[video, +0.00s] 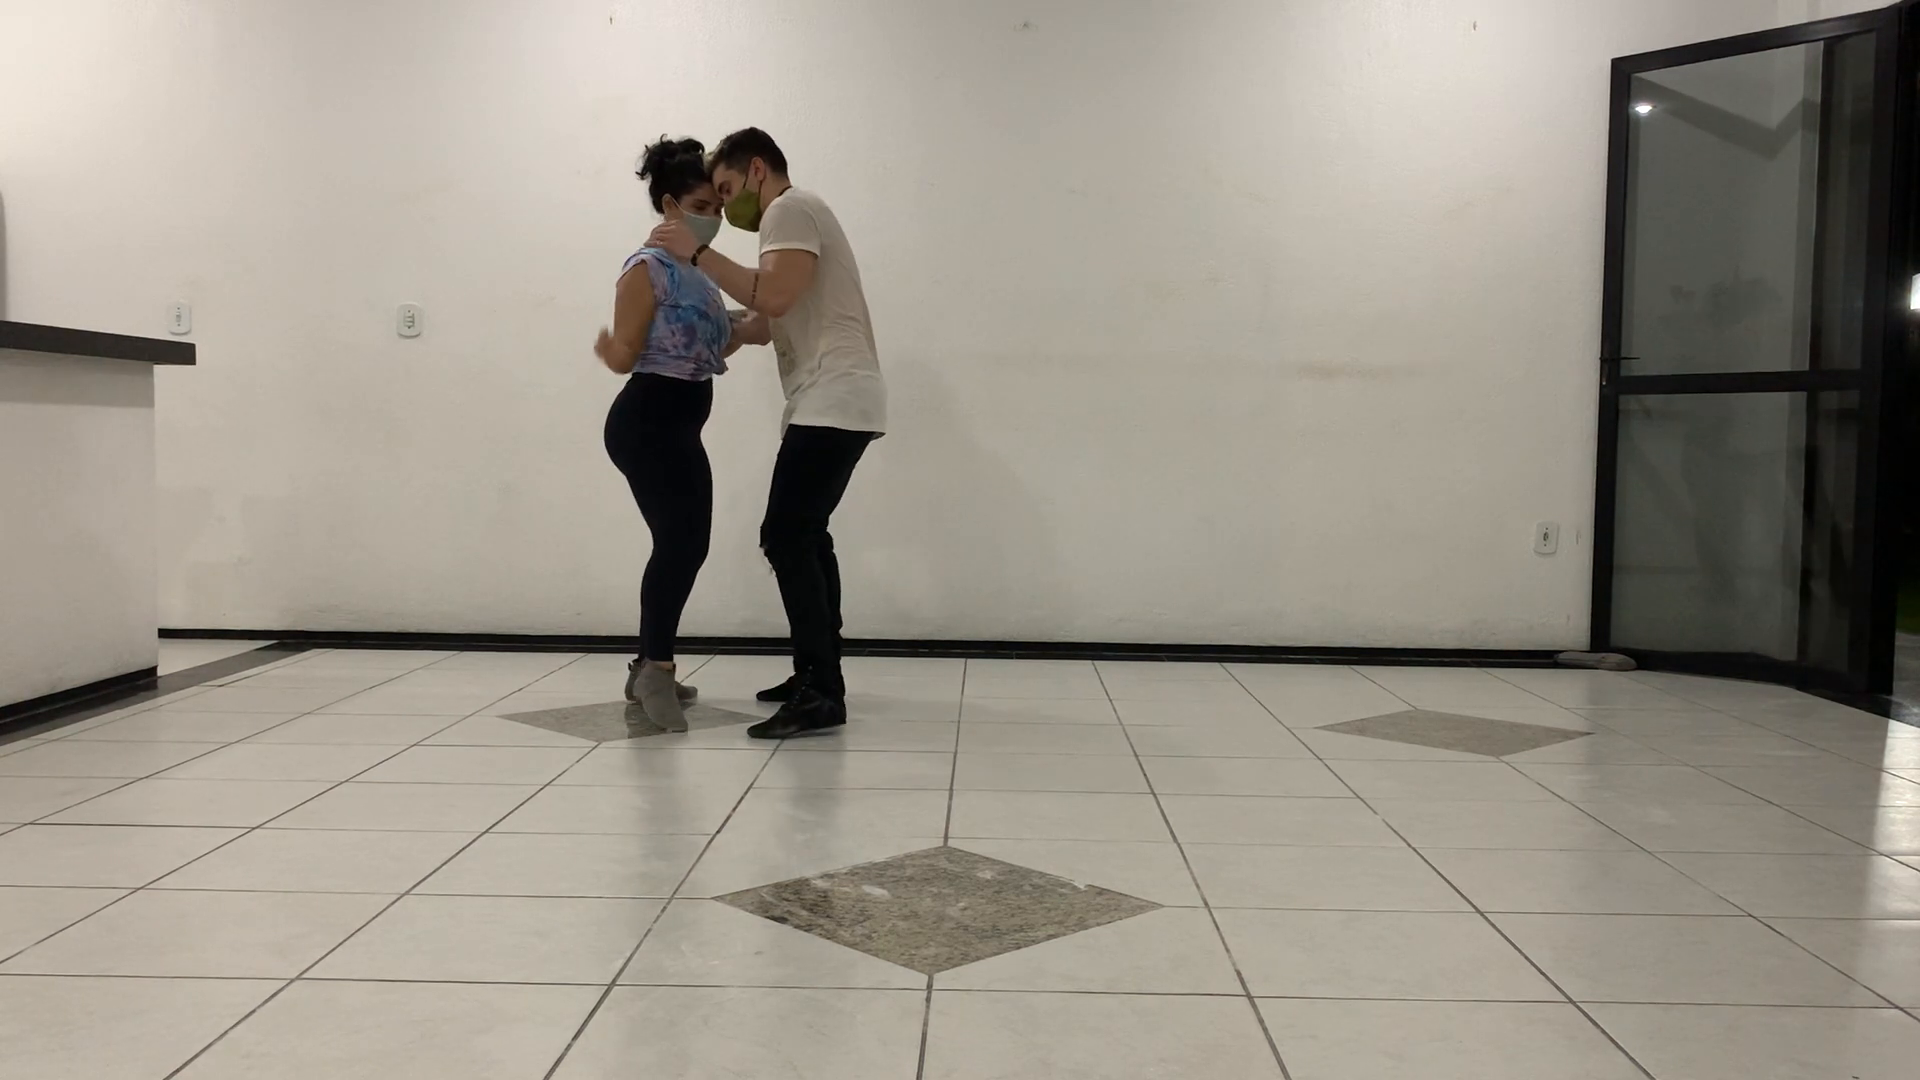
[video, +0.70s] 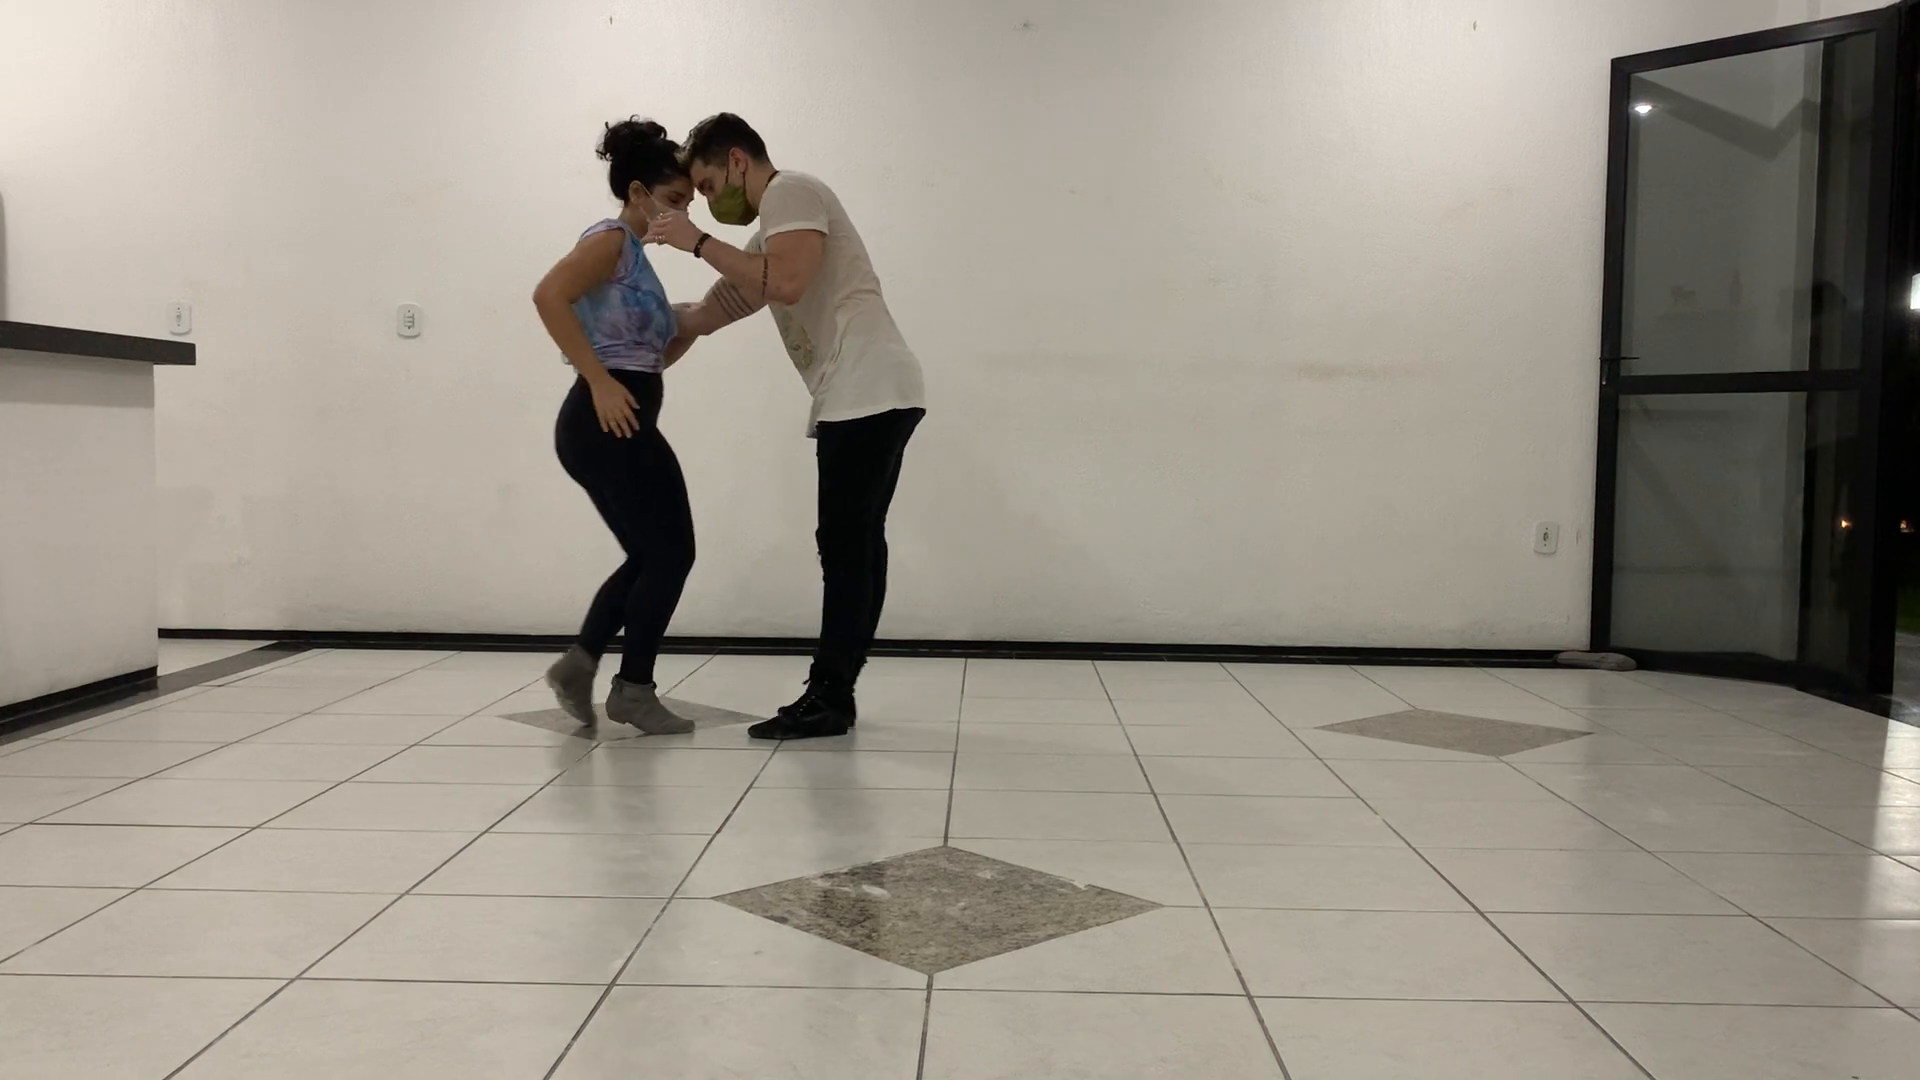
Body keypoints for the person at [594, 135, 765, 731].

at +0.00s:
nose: (712, 219)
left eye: (716, 206)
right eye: (698, 206)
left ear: (718, 203)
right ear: (666, 207)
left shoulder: (699, 274)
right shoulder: (646, 272)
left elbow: (705, 346)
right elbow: (622, 358)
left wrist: (748, 330)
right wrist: (606, 343)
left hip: (680, 423)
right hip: (645, 421)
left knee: (690, 544)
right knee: (675, 543)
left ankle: (652, 665)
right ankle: (654, 672)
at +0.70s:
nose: (683, 213)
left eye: (687, 202)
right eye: (674, 201)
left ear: (656, 194)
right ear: (635, 193)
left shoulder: (633, 258)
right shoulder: (608, 244)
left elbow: (660, 353)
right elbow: (548, 296)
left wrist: (708, 311)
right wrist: (598, 380)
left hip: (611, 419)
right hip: (612, 418)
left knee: (653, 552)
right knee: (670, 550)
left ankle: (578, 664)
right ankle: (633, 688)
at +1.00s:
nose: (660, 221)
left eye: (665, 210)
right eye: (654, 209)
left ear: (625, 201)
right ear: (616, 200)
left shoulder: (609, 271)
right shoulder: (572, 245)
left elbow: (622, 354)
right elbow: (490, 286)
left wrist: (677, 309)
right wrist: (528, 374)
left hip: (527, 419)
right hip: (549, 417)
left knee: (560, 558)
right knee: (613, 547)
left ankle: (526, 694)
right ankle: (624, 693)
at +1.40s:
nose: (646, 214)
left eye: (648, 203)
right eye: (638, 201)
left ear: (613, 199)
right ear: (598, 195)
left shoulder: (598, 276)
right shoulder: (546, 239)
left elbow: (594, 361)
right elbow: (451, 277)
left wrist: (666, 330)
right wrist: (459, 372)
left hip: (537, 421)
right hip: (492, 411)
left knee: (539, 559)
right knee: (525, 554)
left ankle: (524, 702)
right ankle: (543, 700)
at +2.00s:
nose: (579, 163)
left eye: (573, 153)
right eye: (565, 157)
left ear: (543, 175)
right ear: (534, 176)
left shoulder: (549, 261)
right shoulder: (512, 238)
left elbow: (620, 333)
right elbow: (445, 305)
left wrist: (658, 284)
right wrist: (448, 402)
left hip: (512, 419)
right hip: (472, 413)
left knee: (538, 552)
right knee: (506, 556)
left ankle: (506, 694)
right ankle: (469, 705)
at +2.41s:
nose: (498, 170)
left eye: (492, 160)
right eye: (486, 163)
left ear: (458, 182)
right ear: (454, 181)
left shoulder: (487, 248)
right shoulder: (453, 254)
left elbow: (545, 324)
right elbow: (465, 347)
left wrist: (619, 301)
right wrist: (543, 405)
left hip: (526, 417)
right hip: (491, 421)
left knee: (550, 558)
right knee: (526, 563)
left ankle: (507, 693)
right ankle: (474, 705)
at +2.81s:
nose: (494, 182)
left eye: (491, 170)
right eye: (484, 172)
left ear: (449, 185)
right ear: (448, 183)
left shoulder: (467, 250)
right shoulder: (439, 250)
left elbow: (543, 306)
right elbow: (479, 306)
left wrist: (620, 279)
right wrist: (569, 319)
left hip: (515, 415)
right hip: (491, 418)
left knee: (551, 556)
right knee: (529, 563)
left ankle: (508, 692)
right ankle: (475, 704)